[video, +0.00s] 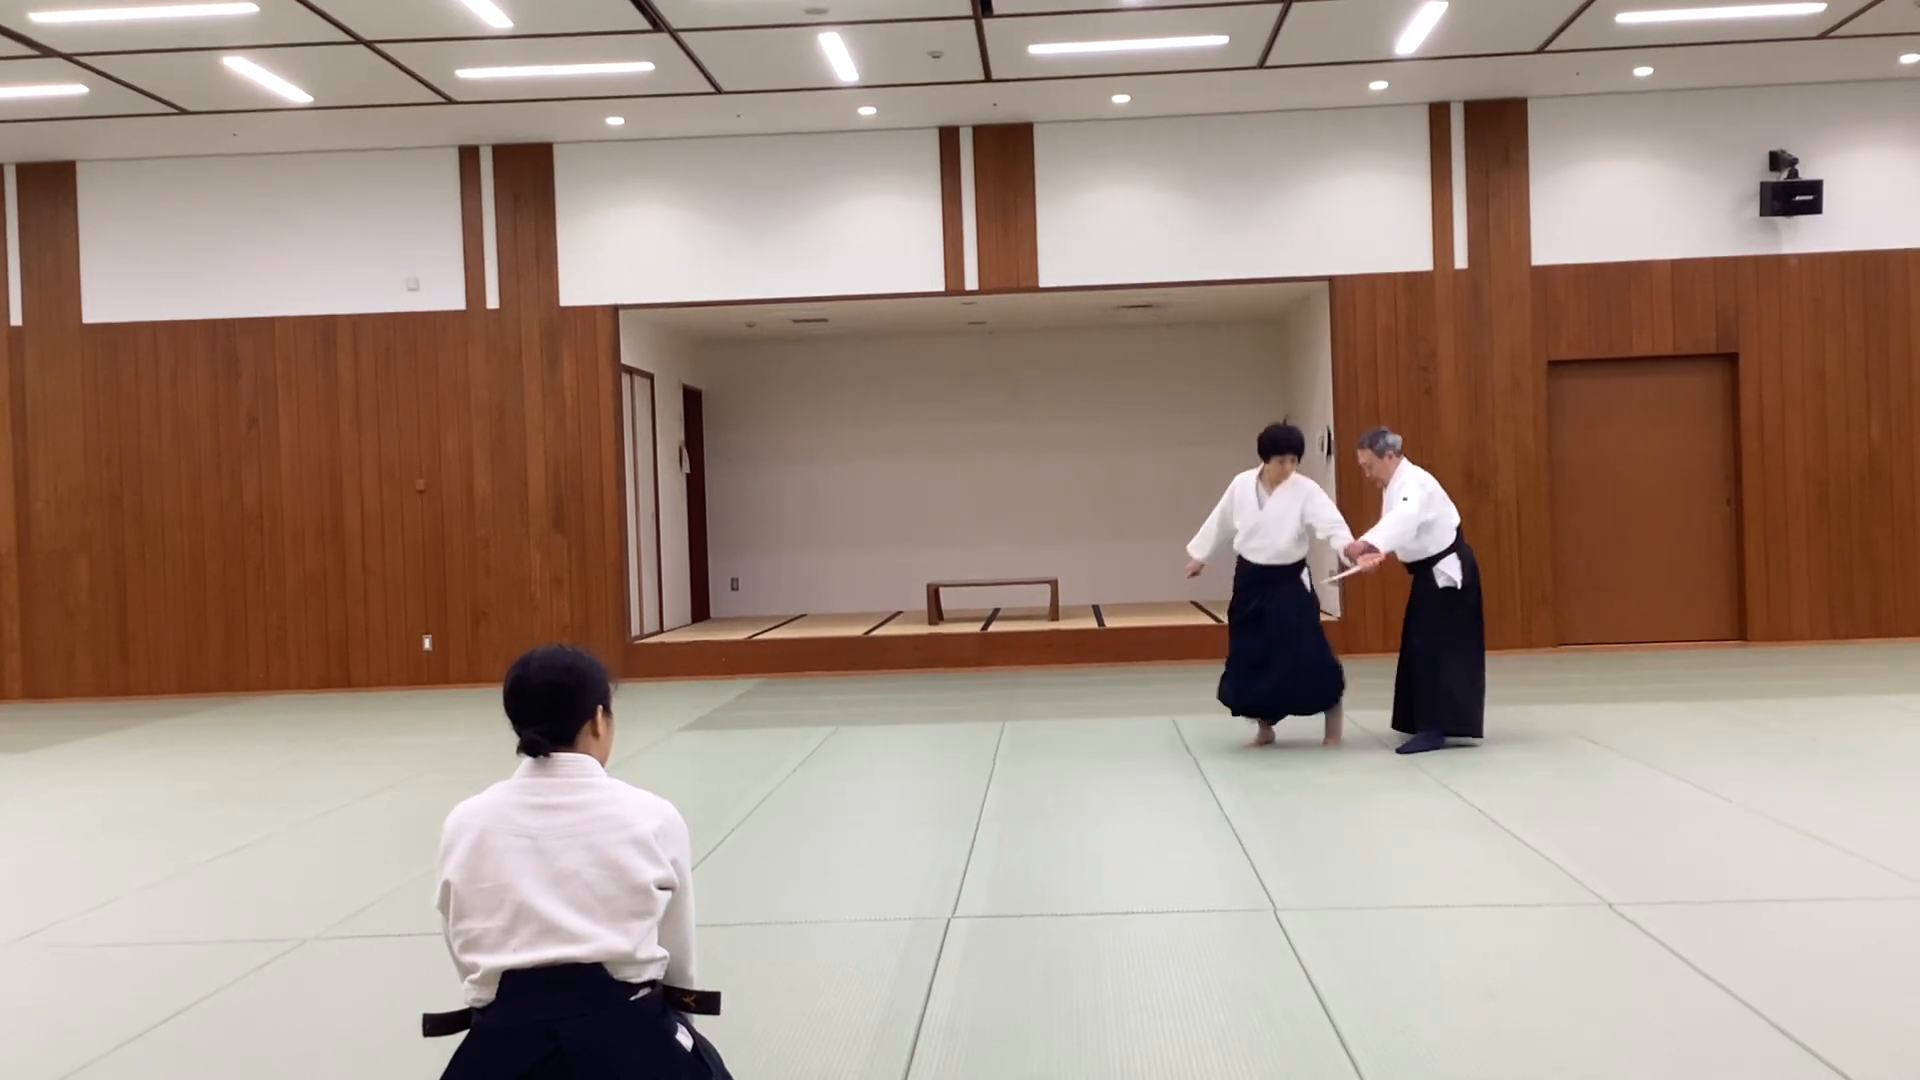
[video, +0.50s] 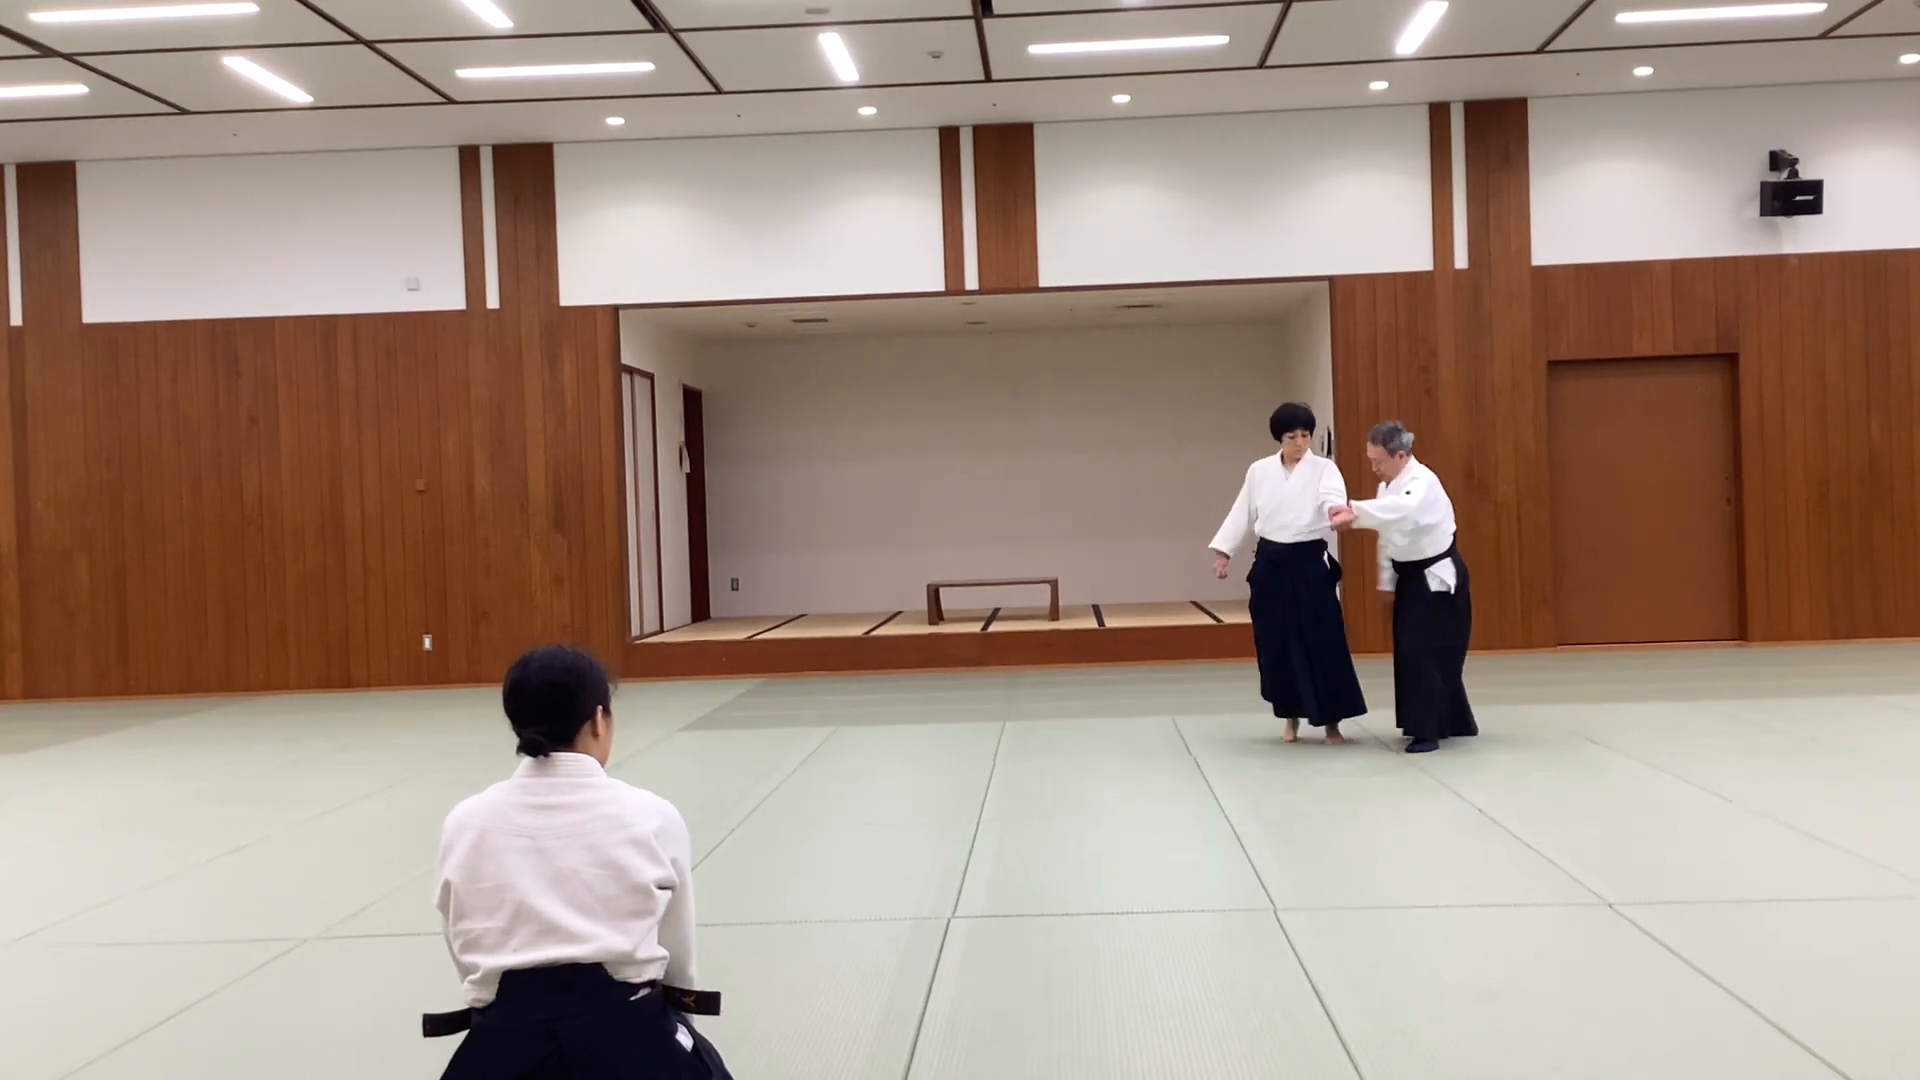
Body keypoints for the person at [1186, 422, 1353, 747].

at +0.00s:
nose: (1288, 467)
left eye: (1293, 461)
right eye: (1282, 461)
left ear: (1297, 459)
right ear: (1265, 458)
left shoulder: (1306, 490)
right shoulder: (1242, 484)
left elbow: (1331, 523)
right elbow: (1219, 521)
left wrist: (1349, 547)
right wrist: (1199, 556)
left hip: (1290, 581)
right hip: (1249, 579)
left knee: (1305, 649)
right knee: (1252, 651)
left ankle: (1332, 707)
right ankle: (1265, 728)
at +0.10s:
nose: (1290, 452)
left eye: (1295, 445)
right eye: (1282, 446)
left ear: (1301, 444)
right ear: (1268, 445)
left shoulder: (1310, 477)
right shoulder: (1247, 474)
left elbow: (1334, 513)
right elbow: (1229, 512)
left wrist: (1350, 542)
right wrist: (1217, 549)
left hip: (1301, 569)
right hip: (1259, 570)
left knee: (1322, 642)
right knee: (1257, 644)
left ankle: (1335, 721)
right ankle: (1266, 723)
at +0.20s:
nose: (1294, 447)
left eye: (1299, 439)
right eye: (1286, 441)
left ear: (1304, 438)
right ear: (1271, 439)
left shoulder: (1316, 470)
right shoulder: (1251, 469)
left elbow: (1333, 505)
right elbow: (1235, 510)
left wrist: (1346, 528)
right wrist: (1227, 550)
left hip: (1307, 561)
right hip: (1265, 563)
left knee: (1322, 637)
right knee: (1273, 640)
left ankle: (1335, 717)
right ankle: (1284, 714)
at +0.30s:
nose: (1296, 446)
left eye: (1300, 439)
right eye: (1288, 440)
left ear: (1306, 438)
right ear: (1274, 438)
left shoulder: (1318, 470)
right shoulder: (1252, 471)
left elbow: (1333, 504)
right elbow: (1235, 514)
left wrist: (1342, 520)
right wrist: (1225, 555)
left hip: (1308, 564)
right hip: (1266, 566)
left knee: (1325, 639)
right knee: (1276, 643)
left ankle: (1341, 717)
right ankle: (1289, 720)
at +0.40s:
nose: (1297, 443)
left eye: (1302, 436)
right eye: (1290, 437)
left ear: (1308, 437)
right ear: (1275, 437)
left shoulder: (1321, 470)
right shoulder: (1255, 472)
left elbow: (1333, 500)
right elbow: (1237, 515)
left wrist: (1340, 516)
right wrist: (1222, 556)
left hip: (1310, 564)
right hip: (1269, 566)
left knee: (1324, 639)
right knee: (1278, 643)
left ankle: (1336, 721)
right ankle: (1290, 721)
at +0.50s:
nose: (1300, 442)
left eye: (1305, 435)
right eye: (1293, 436)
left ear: (1312, 436)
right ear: (1279, 436)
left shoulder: (1325, 469)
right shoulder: (1259, 470)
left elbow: (1334, 500)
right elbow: (1241, 513)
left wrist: (1338, 511)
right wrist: (1224, 550)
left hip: (1311, 562)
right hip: (1270, 564)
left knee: (1321, 640)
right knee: (1278, 642)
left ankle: (1332, 725)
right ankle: (1290, 721)